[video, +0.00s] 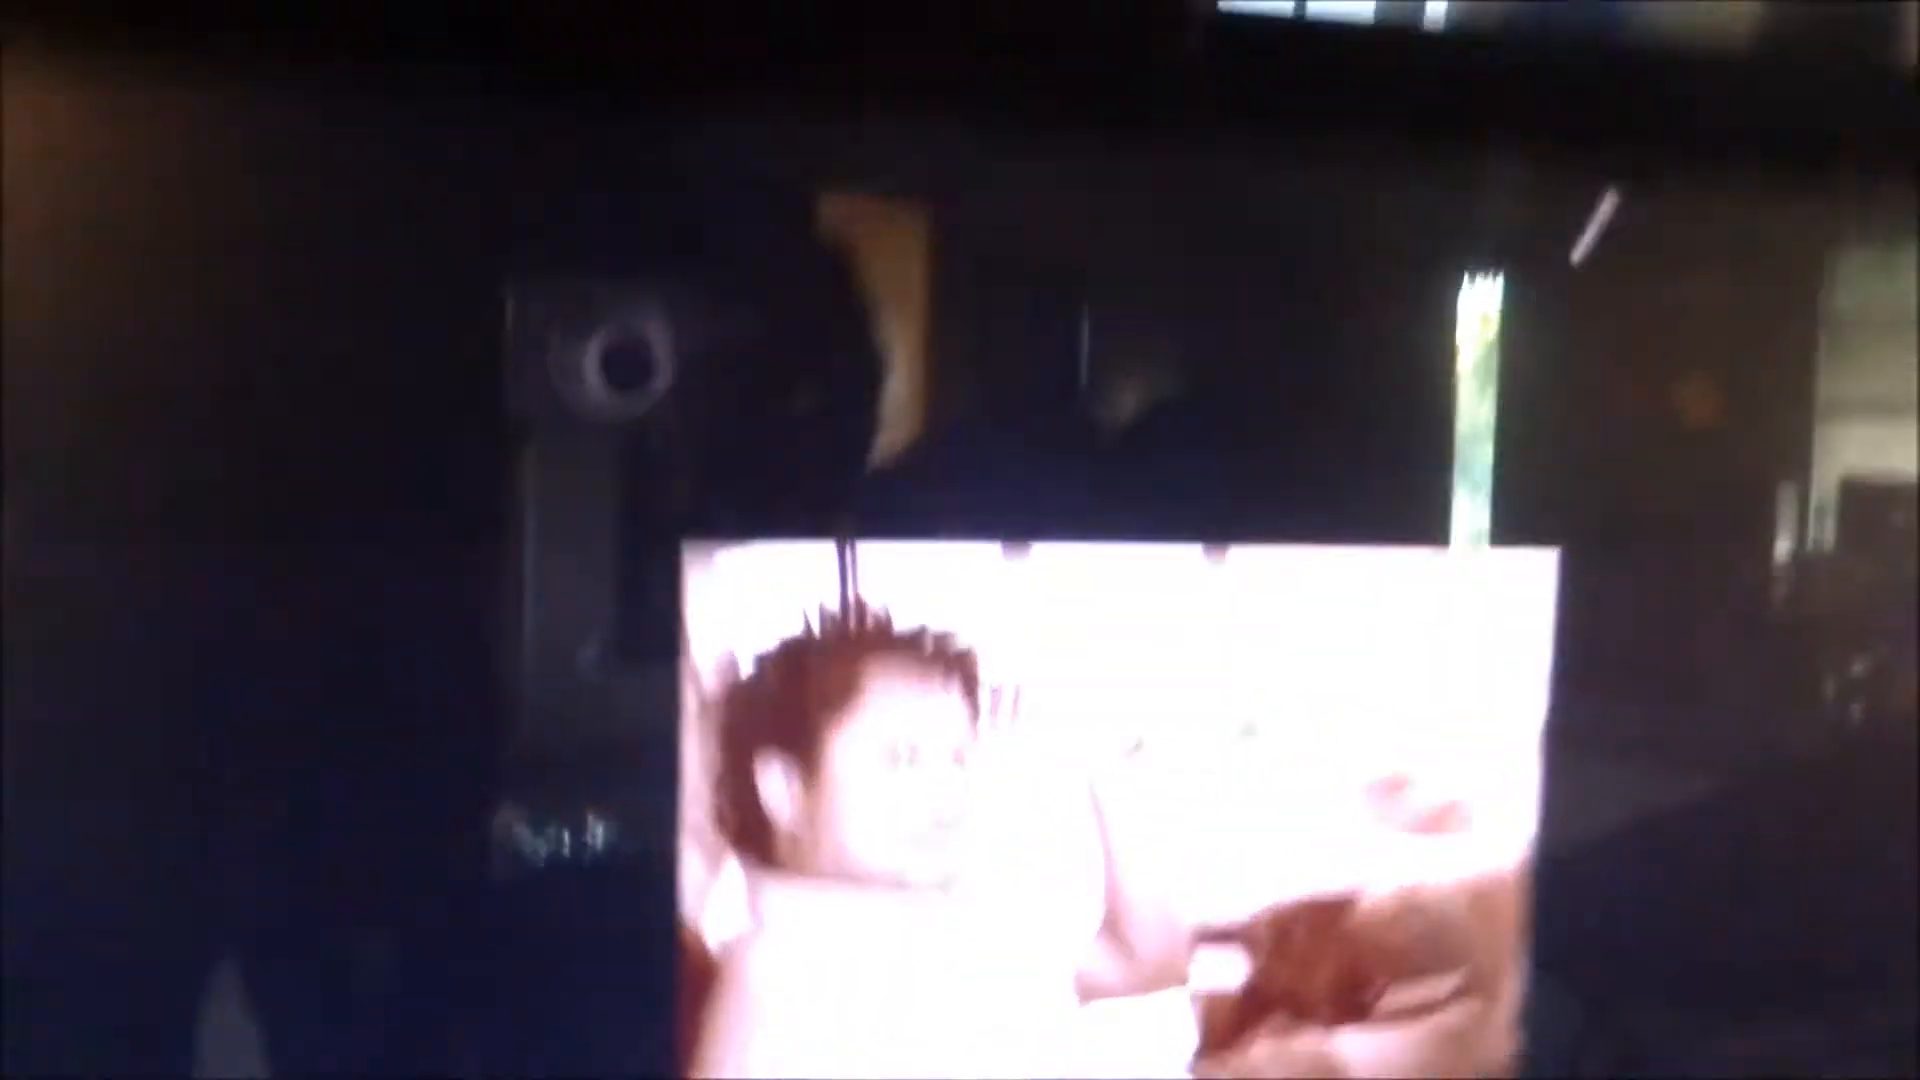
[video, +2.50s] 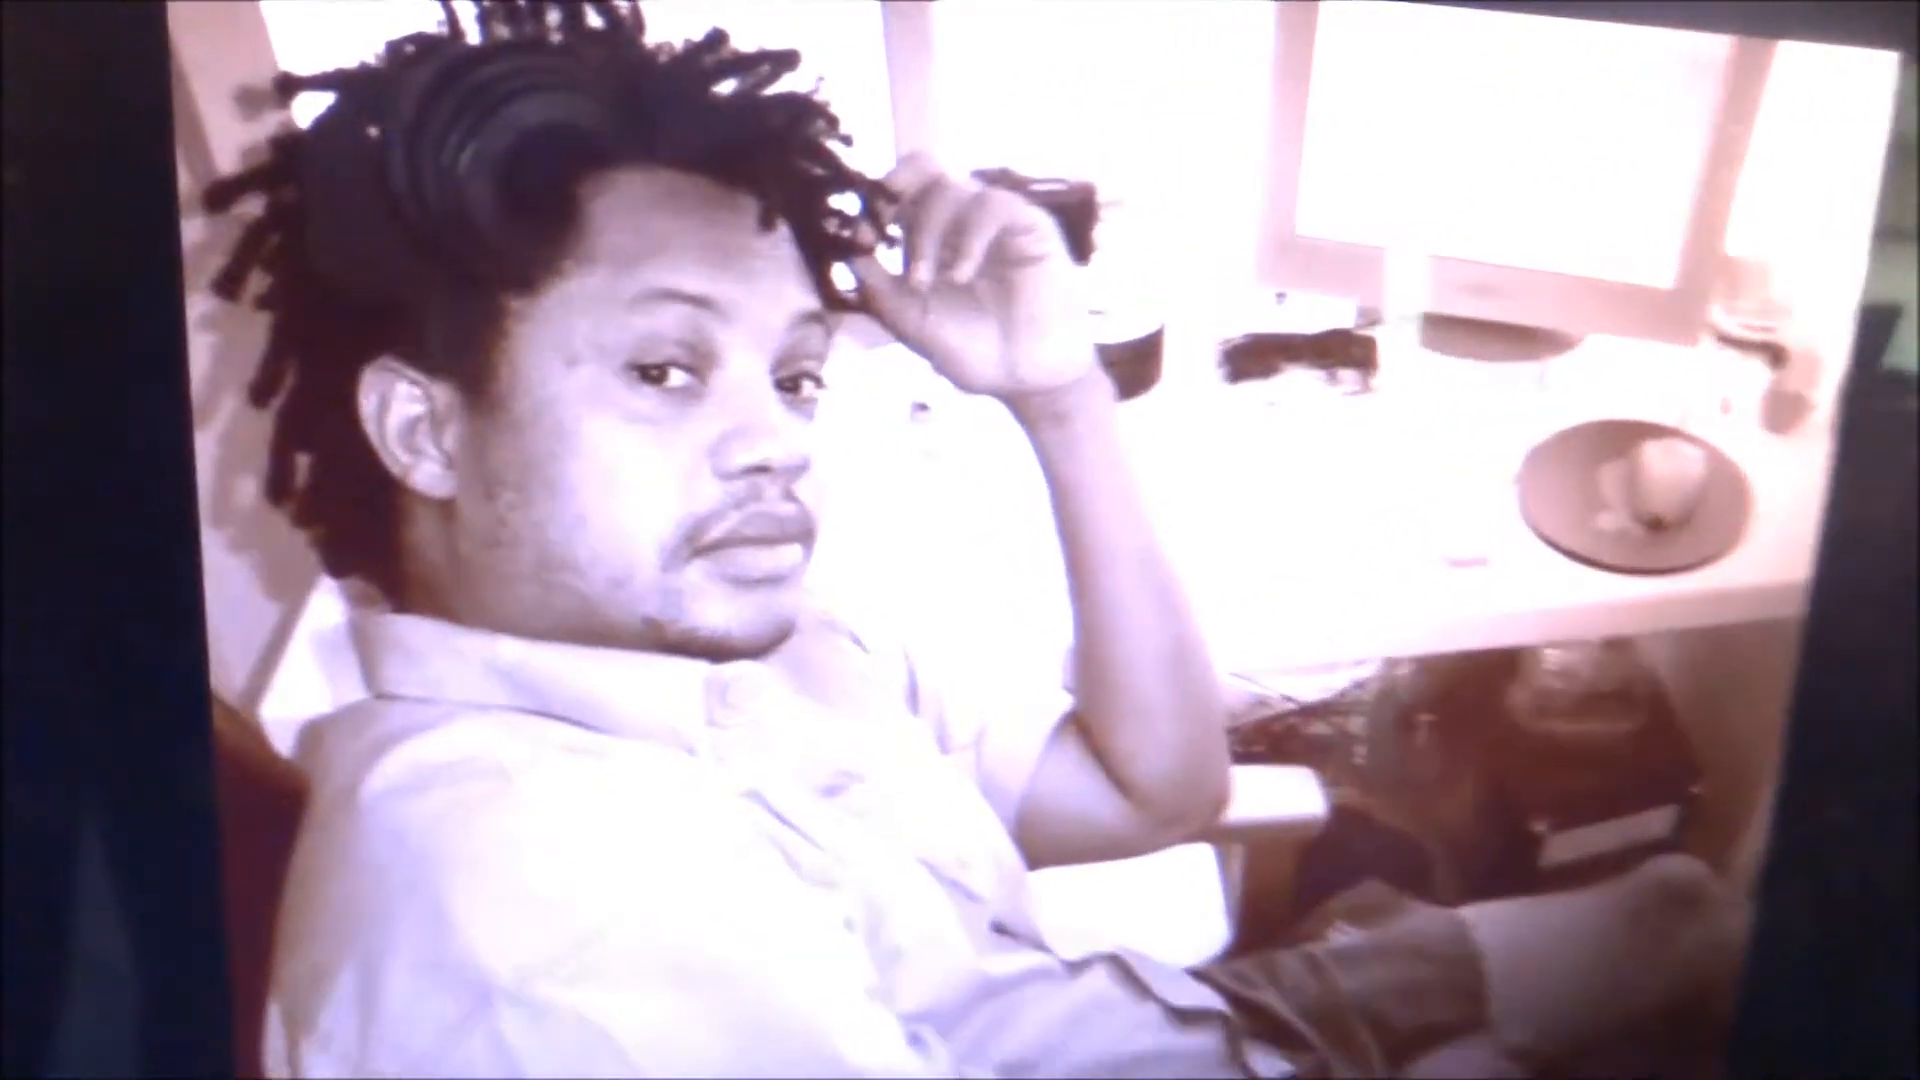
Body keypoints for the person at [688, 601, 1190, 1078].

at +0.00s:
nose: (945, 795)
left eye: (959, 760)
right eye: (902, 759)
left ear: (980, 763)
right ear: (781, 788)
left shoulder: (989, 936)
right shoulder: (775, 961)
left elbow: (1153, 961)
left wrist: (1111, 790)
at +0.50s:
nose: (844, 470)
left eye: (856, 415)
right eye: (756, 411)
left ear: (887, 416)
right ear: (561, 452)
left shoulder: (826, 641)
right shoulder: (600, 835)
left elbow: (1146, 763)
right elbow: (959, 1066)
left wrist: (1071, 435)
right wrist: (1344, 1041)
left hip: (1168, 971)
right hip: (1144, 1071)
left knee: (1596, 878)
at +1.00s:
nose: (810, 306)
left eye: (819, 243)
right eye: (711, 236)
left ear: (854, 250)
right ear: (494, 282)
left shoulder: (803, 486)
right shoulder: (551, 679)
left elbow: (1141, 615)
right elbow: (986, 996)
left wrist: (1058, 252)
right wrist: (1360, 880)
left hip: (1164, 838)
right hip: (1137, 965)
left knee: (1619, 723)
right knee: (1640, 752)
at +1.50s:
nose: (764, 353)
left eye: (776, 294)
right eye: (665, 286)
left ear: (807, 302)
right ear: (451, 335)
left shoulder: (767, 556)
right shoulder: (500, 741)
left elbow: (1099, 658)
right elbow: (959, 1022)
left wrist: (1016, 306)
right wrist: (1356, 936)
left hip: (1200, 895)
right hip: (1157, 1018)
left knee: (1591, 765)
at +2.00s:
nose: (701, 425)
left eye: (709, 358)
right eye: (594, 358)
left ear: (744, 356)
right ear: (369, 411)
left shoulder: (688, 613)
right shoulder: (452, 835)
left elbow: (1052, 736)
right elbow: (910, 1053)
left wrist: (957, 380)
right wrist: (1356, 962)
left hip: (1070, 931)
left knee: (1537, 820)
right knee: (1570, 857)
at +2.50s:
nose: (777, 456)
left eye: (788, 383)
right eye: (665, 375)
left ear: (826, 391)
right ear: (418, 428)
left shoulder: (771, 663)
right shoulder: (498, 875)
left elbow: (1159, 790)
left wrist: (1059, 394)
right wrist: (1459, 1036)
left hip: (1213, 1015)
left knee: (1683, 906)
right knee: (1710, 948)